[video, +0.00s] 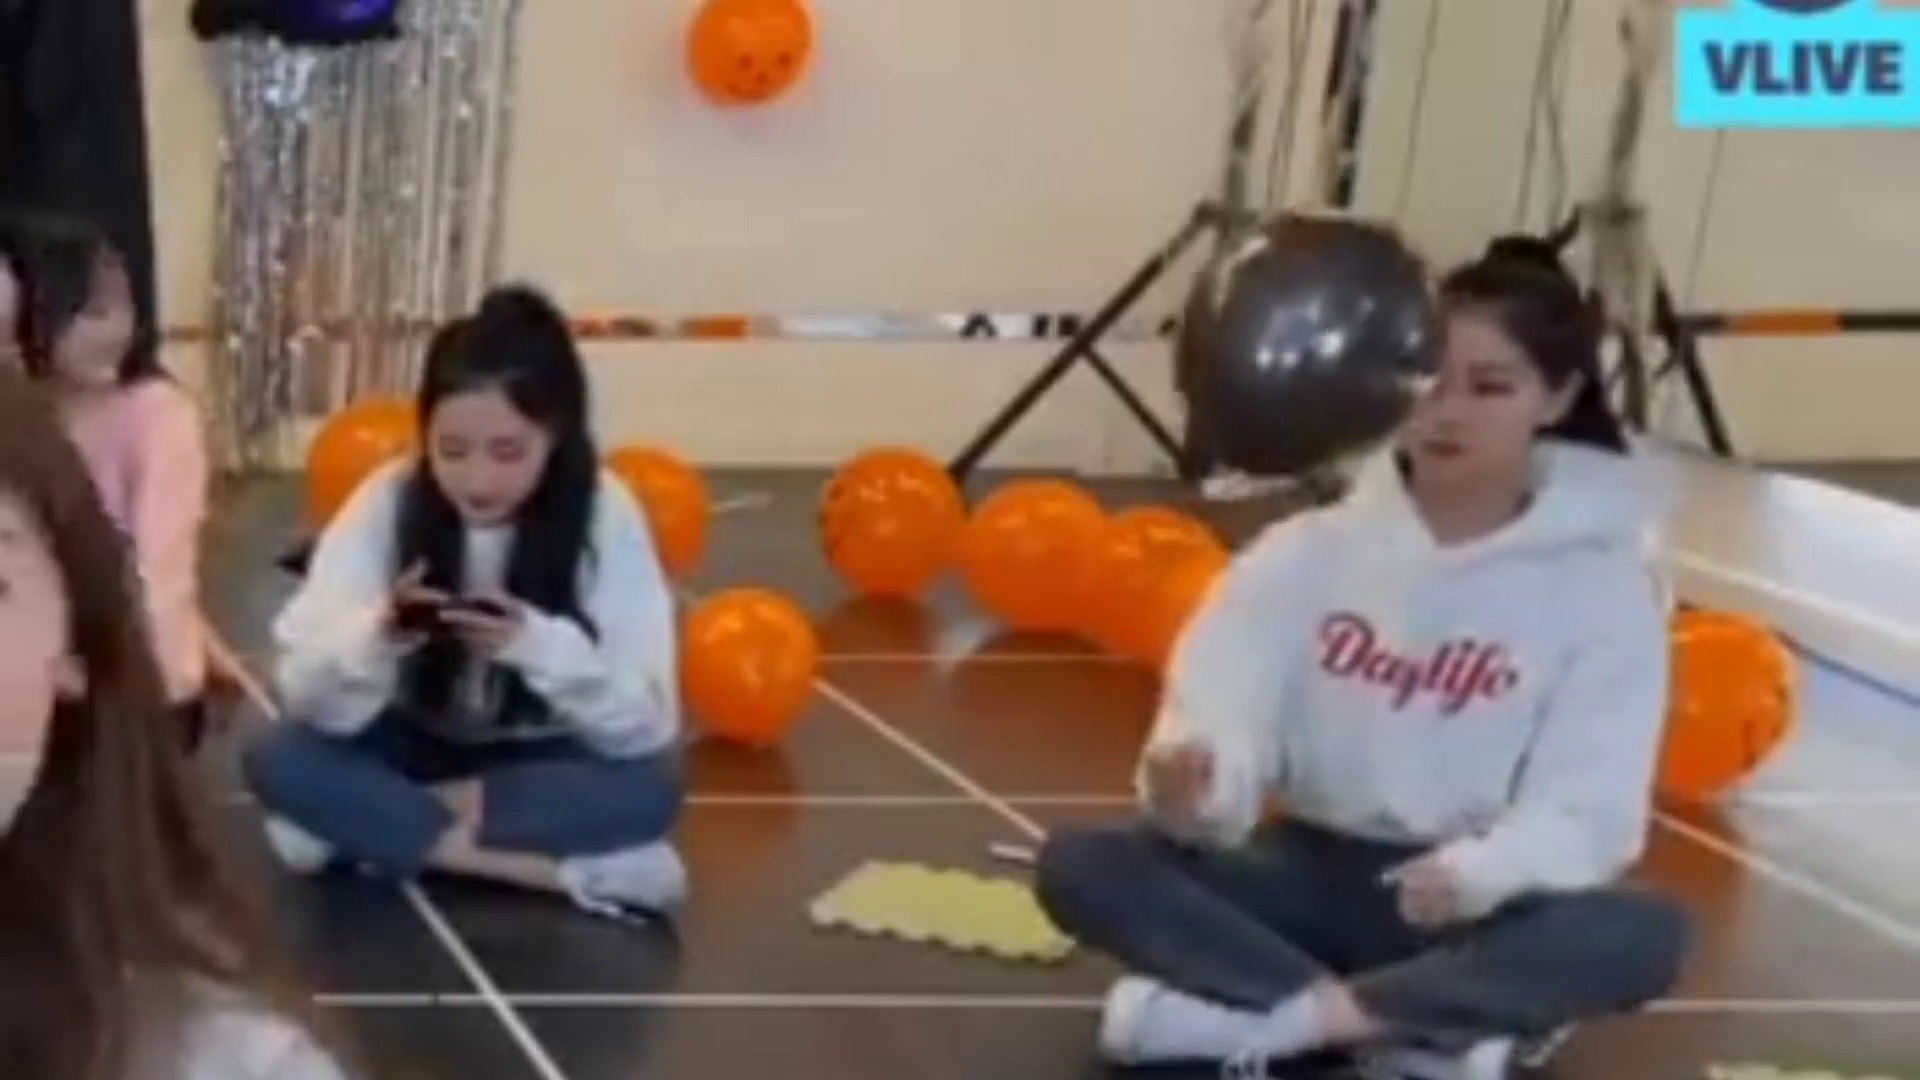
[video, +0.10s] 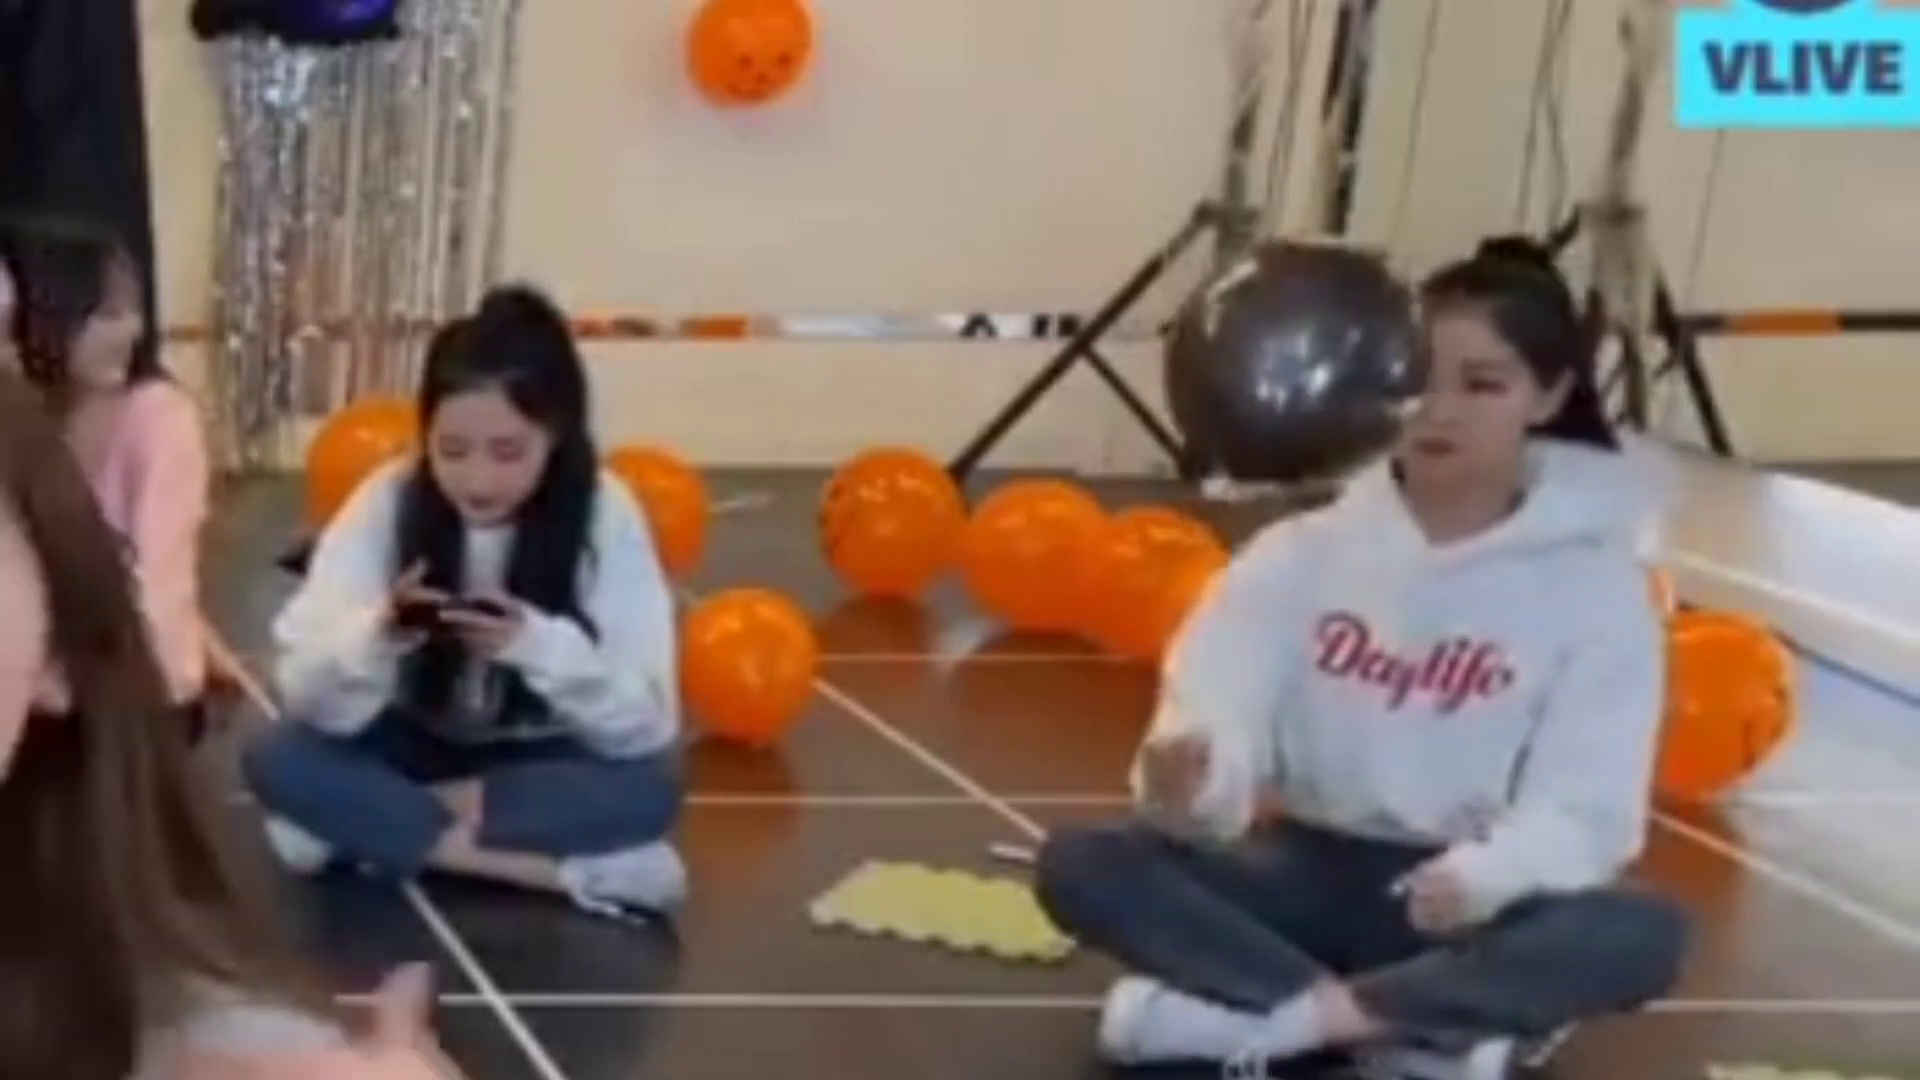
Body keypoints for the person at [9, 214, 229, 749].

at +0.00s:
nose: (117, 332)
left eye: (125, 310)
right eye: (92, 312)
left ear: (138, 315)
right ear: (42, 323)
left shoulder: (159, 411)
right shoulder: (28, 413)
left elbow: (165, 561)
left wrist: (180, 675)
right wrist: (183, 679)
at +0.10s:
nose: (131, 332)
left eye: (134, 313)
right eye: (107, 314)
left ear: (145, 317)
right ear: (55, 319)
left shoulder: (160, 412)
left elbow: (166, 571)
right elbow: (165, 571)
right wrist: (185, 687)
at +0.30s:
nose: (138, 330)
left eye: (141, 311)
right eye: (117, 313)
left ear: (152, 316)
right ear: (65, 320)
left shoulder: (164, 412)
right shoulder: (51, 415)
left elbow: (161, 574)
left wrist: (127, 711)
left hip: (155, 698)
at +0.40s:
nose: (140, 330)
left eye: (143, 311)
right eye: (120, 313)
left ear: (154, 315)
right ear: (73, 321)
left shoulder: (166, 413)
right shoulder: (71, 411)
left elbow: (158, 574)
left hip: (156, 696)